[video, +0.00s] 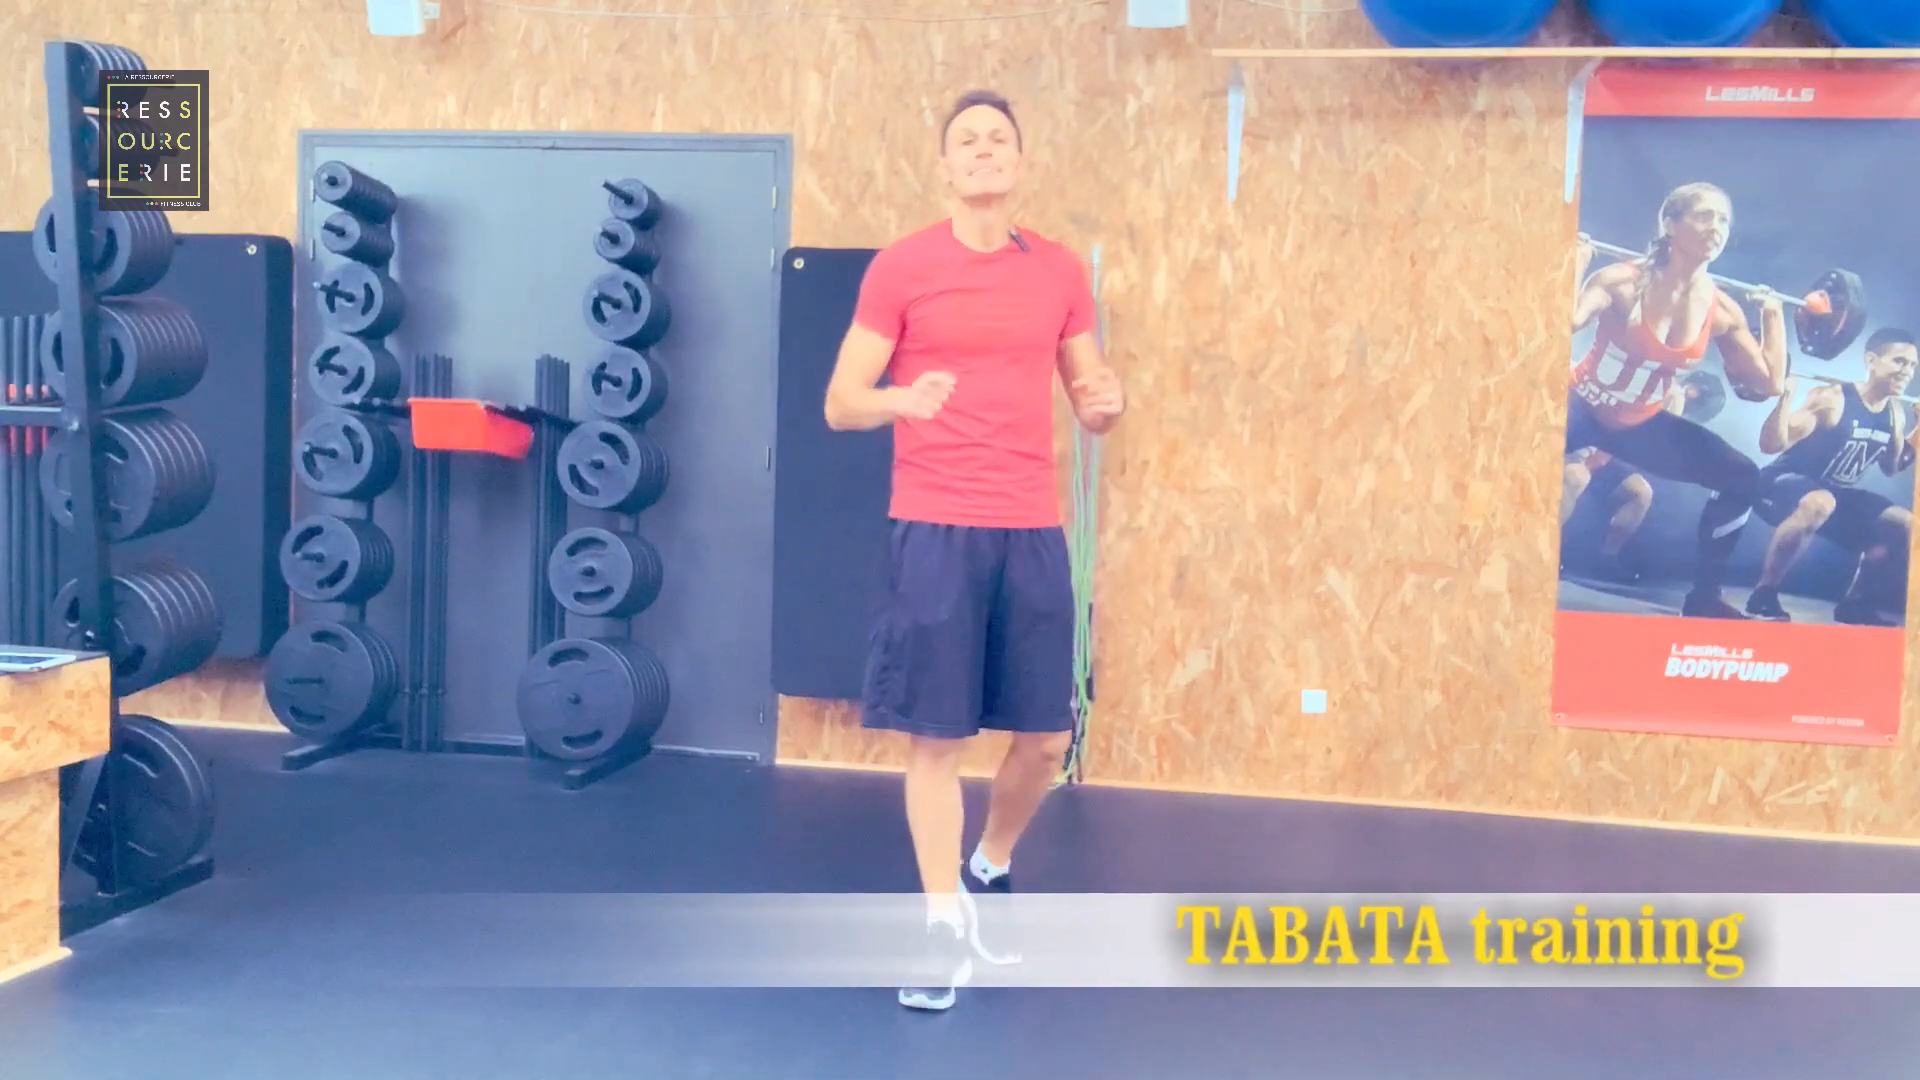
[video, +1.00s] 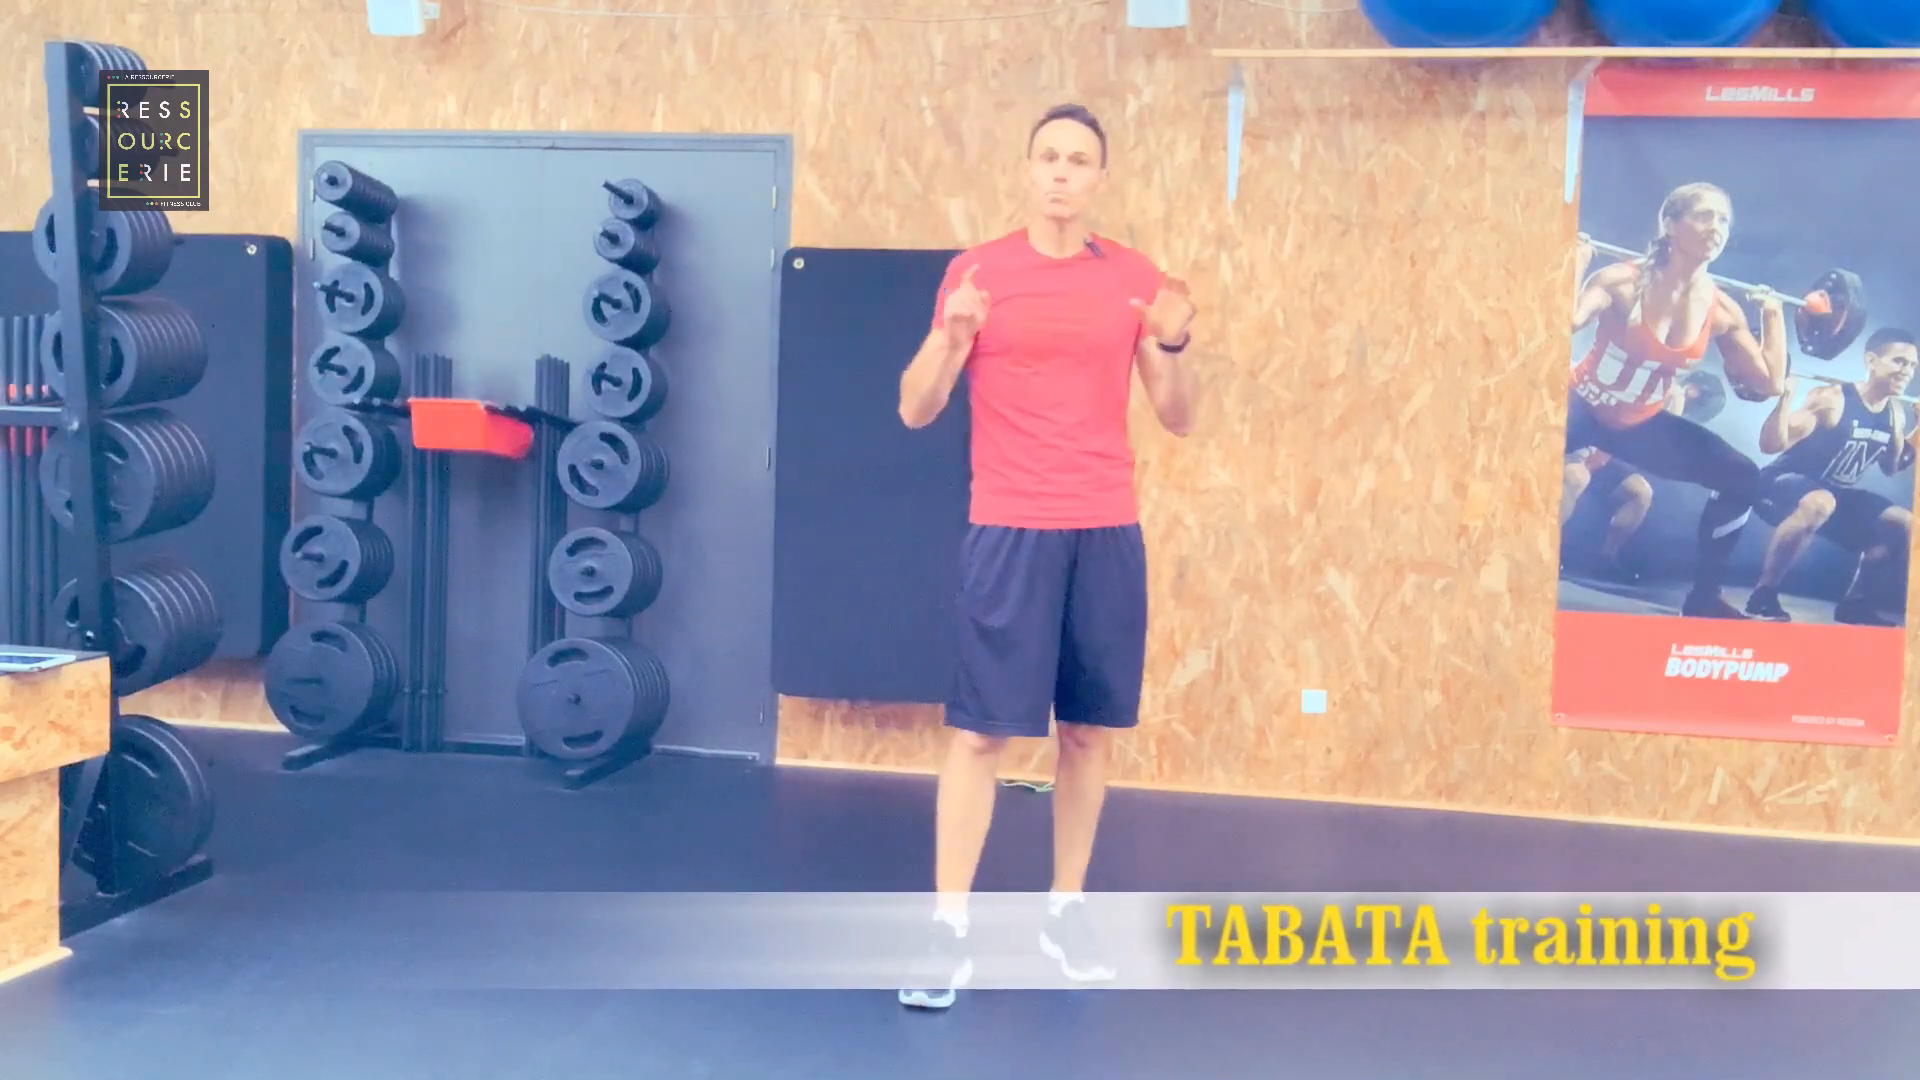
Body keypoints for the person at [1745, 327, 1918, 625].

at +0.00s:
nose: (1906, 371)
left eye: (1911, 365)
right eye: (1899, 361)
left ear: (1914, 371)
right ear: (1871, 361)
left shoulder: (1894, 412)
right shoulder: (1831, 398)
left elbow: (1892, 467)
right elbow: (1769, 444)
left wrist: (1911, 443)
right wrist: (1786, 395)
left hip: (1839, 495)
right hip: (1785, 481)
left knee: (1906, 525)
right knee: (1821, 502)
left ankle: (1855, 604)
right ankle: (1764, 595)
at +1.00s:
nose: (1906, 371)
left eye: (1911, 365)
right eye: (1899, 361)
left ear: (1914, 371)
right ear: (1871, 361)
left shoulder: (1893, 412)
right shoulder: (1831, 398)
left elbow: (1891, 467)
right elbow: (1769, 444)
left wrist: (1910, 446)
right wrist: (1785, 396)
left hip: (1839, 495)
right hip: (1785, 482)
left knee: (1905, 524)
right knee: (1821, 502)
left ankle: (1854, 604)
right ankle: (1763, 596)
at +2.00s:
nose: (1906, 371)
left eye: (1912, 365)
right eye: (1899, 361)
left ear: (1914, 371)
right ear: (1872, 361)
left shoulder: (1894, 411)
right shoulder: (1831, 397)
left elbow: (1891, 466)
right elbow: (1769, 444)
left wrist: (1913, 437)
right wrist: (1784, 398)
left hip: (1838, 495)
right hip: (1785, 481)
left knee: (1904, 524)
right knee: (1821, 502)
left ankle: (1854, 605)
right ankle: (1764, 595)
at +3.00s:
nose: (1906, 372)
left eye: (1911, 365)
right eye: (1899, 361)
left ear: (1913, 371)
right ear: (1872, 361)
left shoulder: (1894, 411)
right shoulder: (1831, 397)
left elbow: (1890, 466)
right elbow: (1768, 444)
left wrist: (1910, 444)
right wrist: (1784, 398)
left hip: (1838, 494)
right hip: (1785, 481)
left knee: (1904, 524)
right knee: (1821, 502)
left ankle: (1854, 605)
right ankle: (1763, 595)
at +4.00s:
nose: (1906, 372)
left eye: (1911, 365)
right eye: (1899, 361)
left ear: (1913, 371)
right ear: (1872, 361)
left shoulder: (1894, 412)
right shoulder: (1830, 397)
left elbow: (1891, 467)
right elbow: (1769, 444)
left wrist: (1912, 440)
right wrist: (1784, 397)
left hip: (1839, 495)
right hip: (1786, 481)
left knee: (1905, 524)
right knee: (1821, 502)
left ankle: (1855, 604)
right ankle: (1763, 596)